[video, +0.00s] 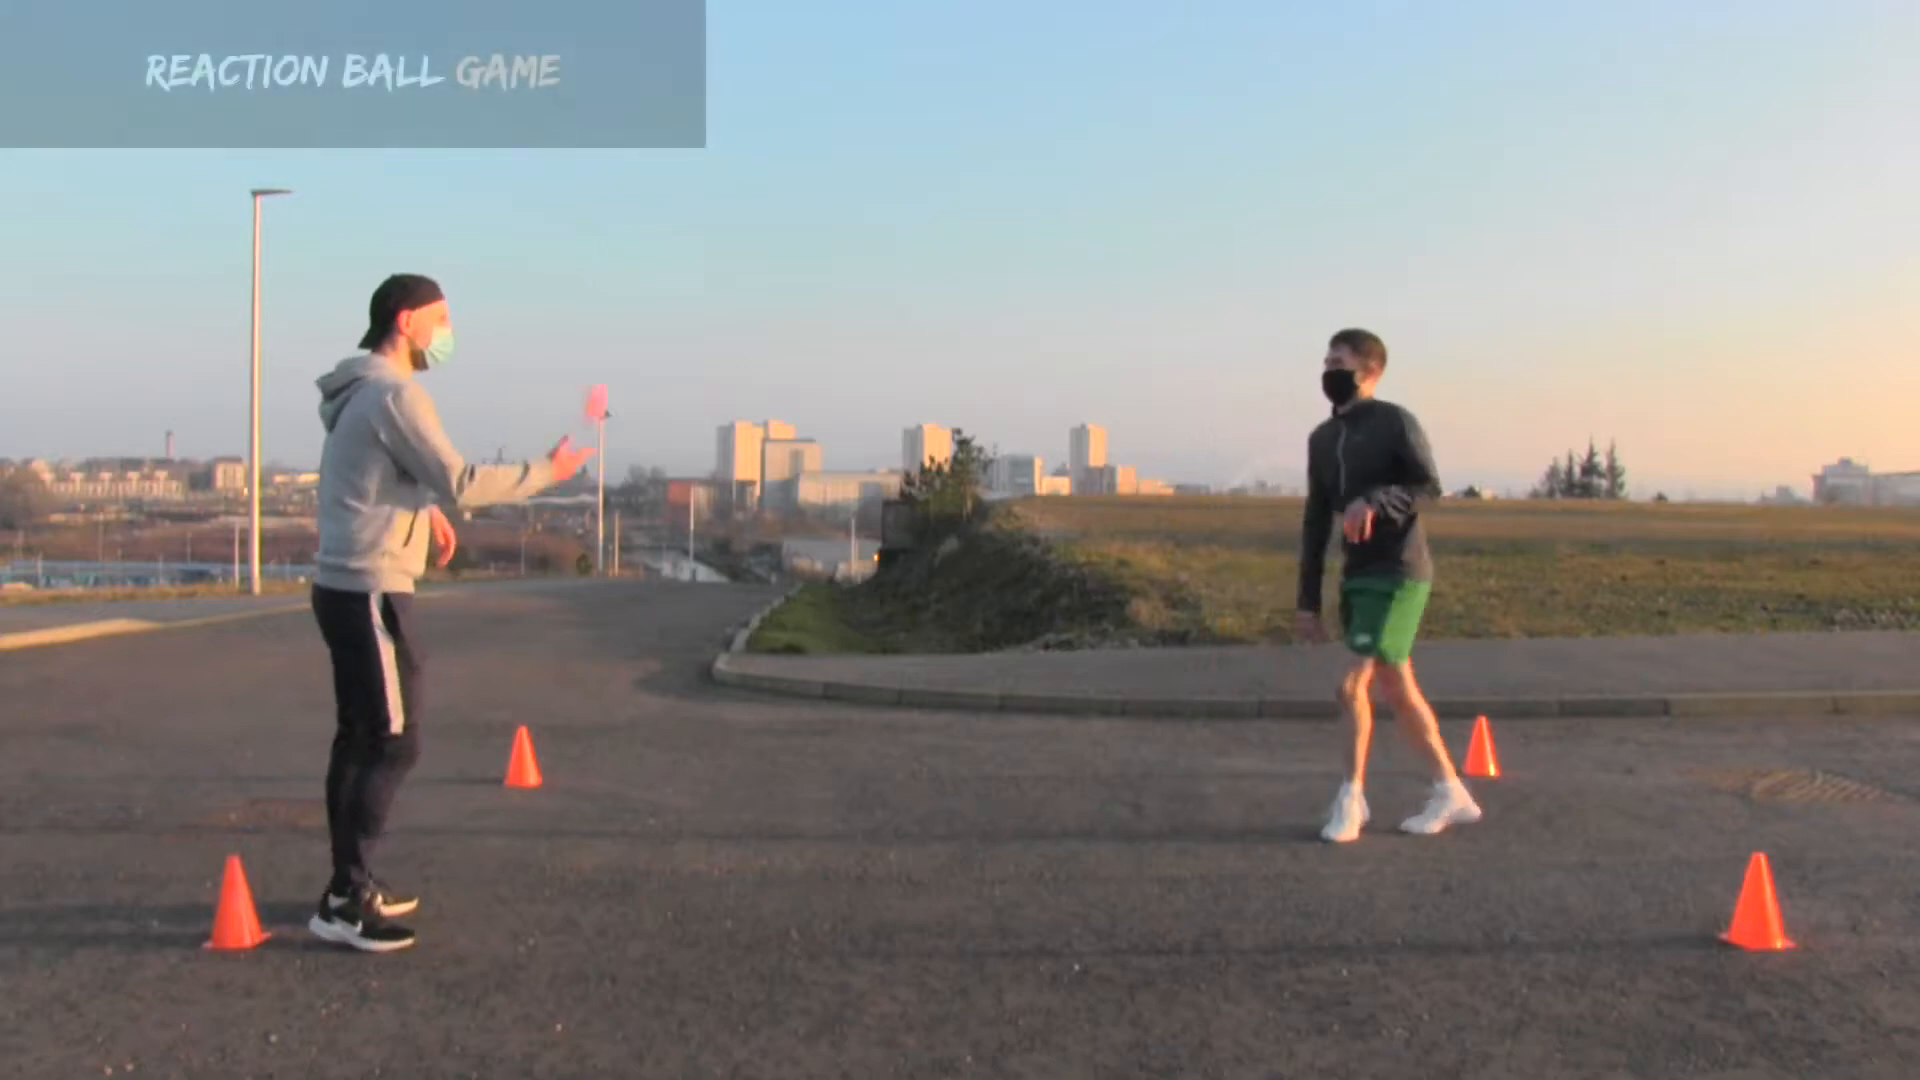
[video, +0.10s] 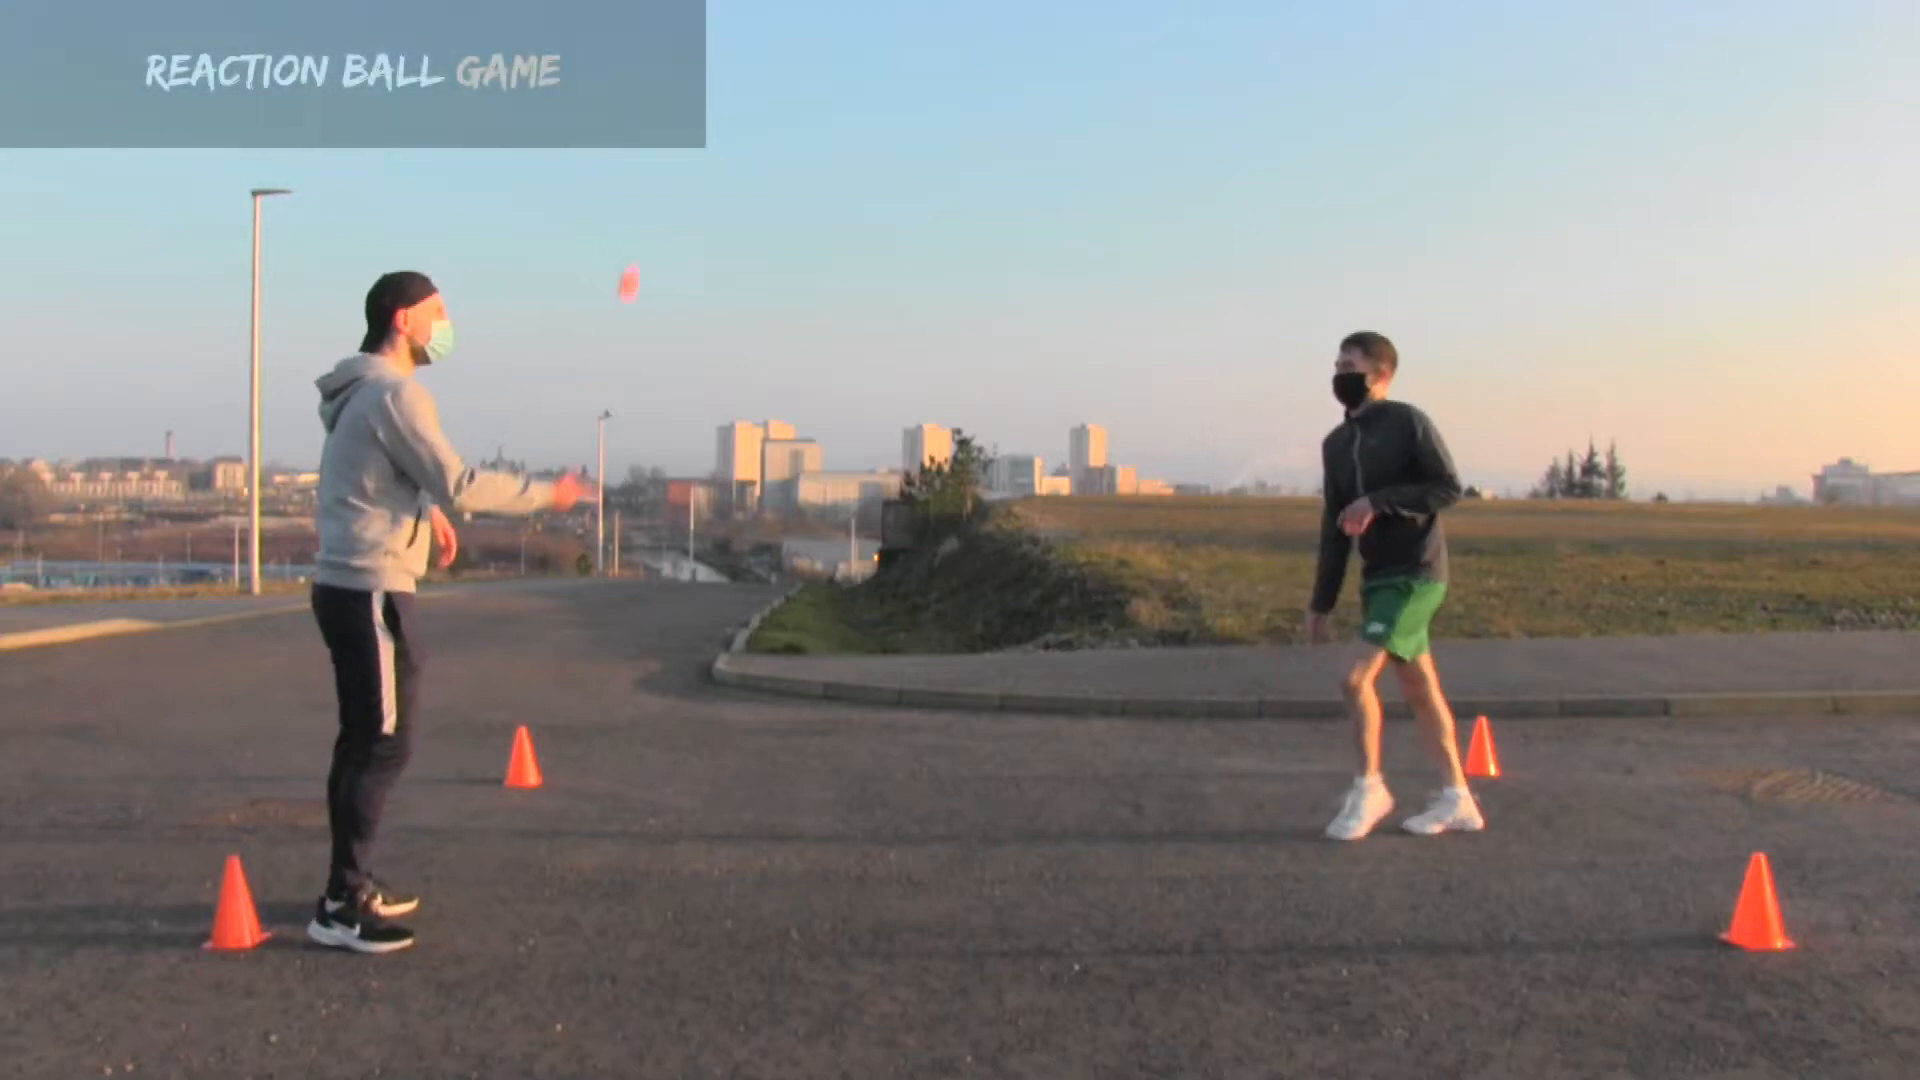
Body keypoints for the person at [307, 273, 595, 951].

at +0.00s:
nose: (446, 332)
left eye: (446, 320)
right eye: (439, 319)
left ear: (397, 320)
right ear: (403, 320)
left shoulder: (365, 388)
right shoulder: (395, 395)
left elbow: (372, 478)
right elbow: (462, 484)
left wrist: (424, 509)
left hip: (350, 584)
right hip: (367, 591)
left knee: (363, 735)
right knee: (393, 741)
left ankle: (351, 884)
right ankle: (346, 896)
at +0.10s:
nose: (445, 326)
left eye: (442, 314)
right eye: (436, 314)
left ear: (394, 320)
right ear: (402, 320)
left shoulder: (366, 388)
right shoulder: (394, 393)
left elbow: (374, 482)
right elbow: (459, 484)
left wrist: (425, 515)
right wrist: (549, 492)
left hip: (355, 585)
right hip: (367, 592)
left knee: (368, 739)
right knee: (381, 744)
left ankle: (352, 886)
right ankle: (341, 902)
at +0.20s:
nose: (447, 319)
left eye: (442, 307)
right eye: (437, 308)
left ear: (396, 323)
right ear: (406, 321)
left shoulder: (367, 393)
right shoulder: (401, 400)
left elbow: (375, 499)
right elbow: (431, 508)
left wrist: (430, 538)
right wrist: (499, 536)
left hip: (350, 589)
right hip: (373, 597)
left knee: (364, 740)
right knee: (381, 745)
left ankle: (349, 888)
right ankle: (340, 905)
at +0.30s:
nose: (451, 318)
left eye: (445, 306)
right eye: (440, 308)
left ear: (398, 323)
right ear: (411, 322)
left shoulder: (372, 393)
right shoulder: (404, 399)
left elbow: (376, 503)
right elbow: (416, 508)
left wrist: (432, 549)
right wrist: (469, 547)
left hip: (355, 586)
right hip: (370, 593)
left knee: (371, 743)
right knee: (375, 746)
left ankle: (350, 889)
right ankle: (338, 907)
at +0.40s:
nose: (459, 321)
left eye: (454, 309)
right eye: (450, 310)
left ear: (408, 324)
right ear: (420, 323)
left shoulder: (378, 395)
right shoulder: (411, 401)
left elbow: (380, 505)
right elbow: (420, 507)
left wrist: (428, 561)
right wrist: (449, 557)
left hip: (367, 590)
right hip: (365, 595)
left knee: (409, 726)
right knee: (372, 738)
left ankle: (359, 873)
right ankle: (337, 907)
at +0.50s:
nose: (468, 326)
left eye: (464, 313)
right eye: (459, 314)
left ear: (416, 325)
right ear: (427, 324)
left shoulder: (380, 393)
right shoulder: (414, 400)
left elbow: (388, 500)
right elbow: (426, 502)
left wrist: (427, 567)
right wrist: (443, 566)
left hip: (369, 588)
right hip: (367, 591)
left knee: (417, 721)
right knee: (372, 739)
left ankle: (366, 862)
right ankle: (337, 908)